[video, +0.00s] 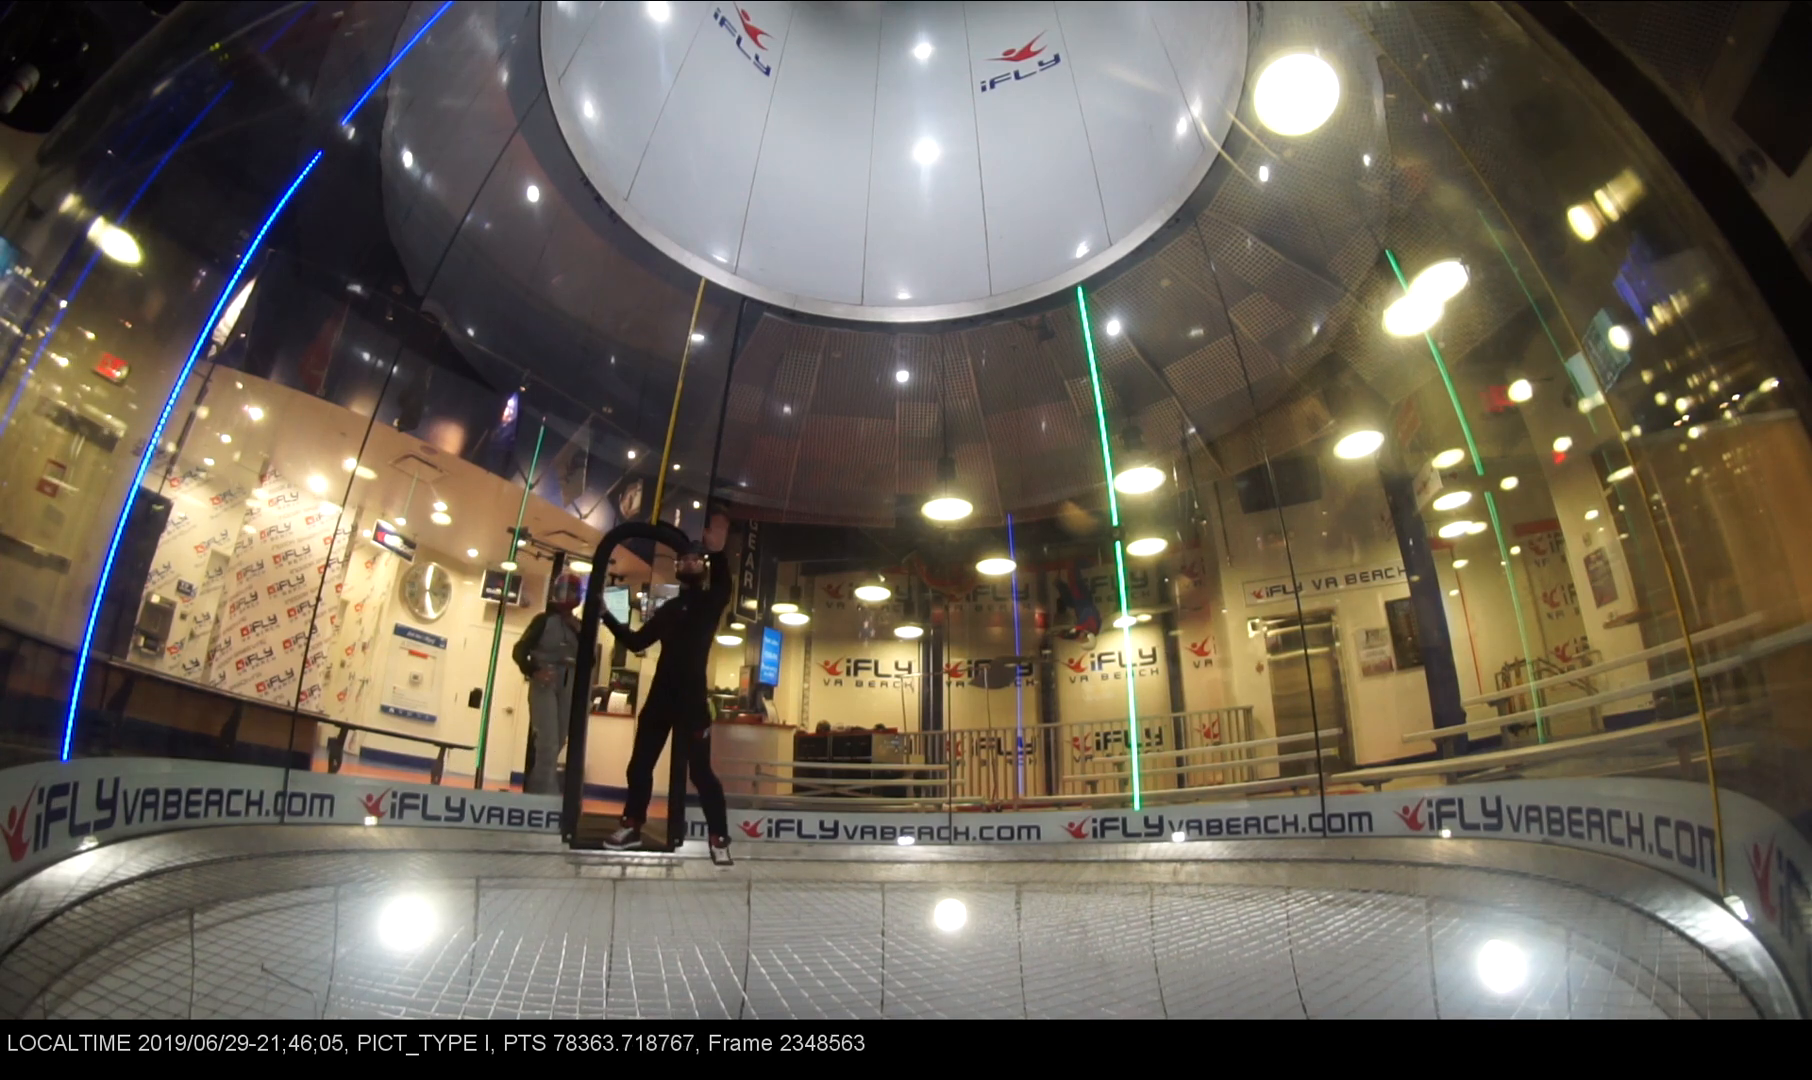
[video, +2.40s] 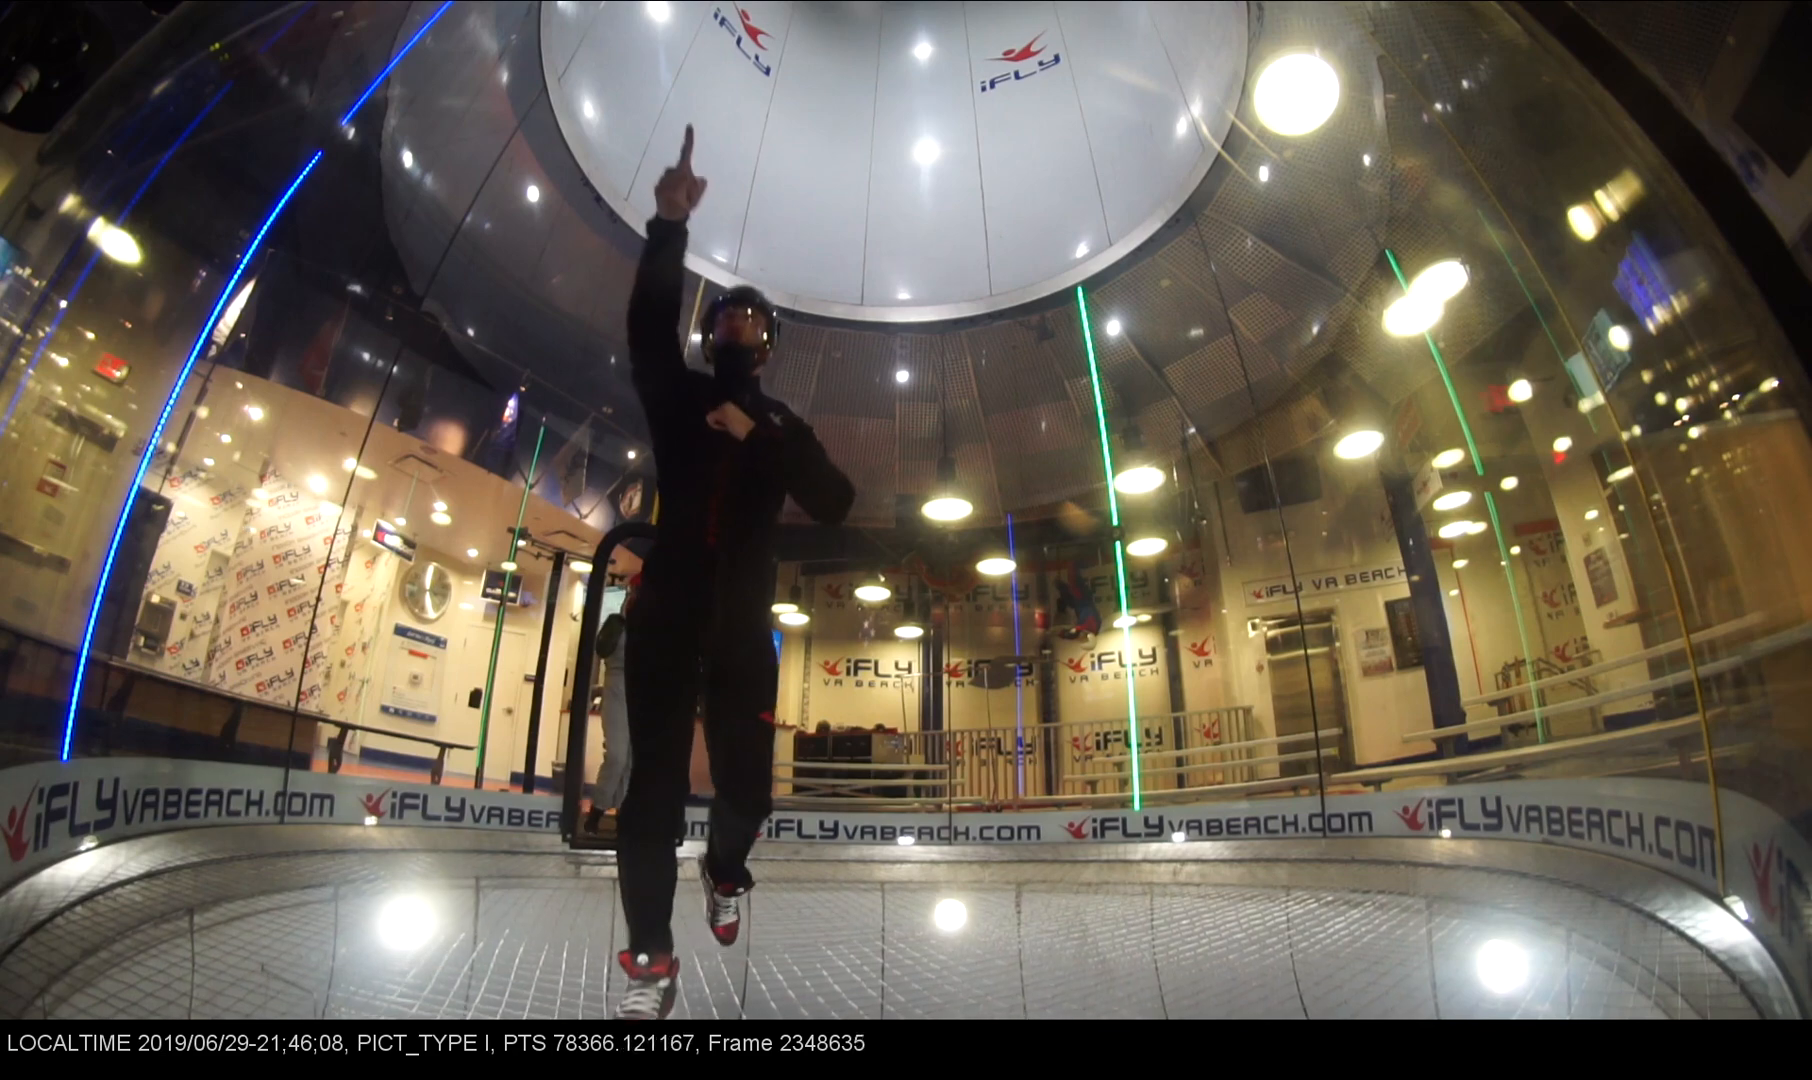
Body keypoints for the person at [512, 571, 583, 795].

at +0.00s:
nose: (568, 596)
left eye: (573, 592)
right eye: (564, 590)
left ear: (578, 597)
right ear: (556, 593)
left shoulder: (580, 627)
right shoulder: (543, 621)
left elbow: (590, 659)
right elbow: (519, 651)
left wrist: (582, 633)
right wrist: (533, 671)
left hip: (569, 686)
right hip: (544, 682)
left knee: (559, 739)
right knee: (547, 740)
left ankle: (538, 790)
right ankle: (544, 795)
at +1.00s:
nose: (583, 597)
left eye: (587, 593)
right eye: (579, 592)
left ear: (592, 596)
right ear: (570, 593)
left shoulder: (591, 623)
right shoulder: (557, 618)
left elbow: (598, 662)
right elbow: (533, 646)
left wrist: (594, 635)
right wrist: (556, 642)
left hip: (581, 690)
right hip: (555, 686)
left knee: (562, 737)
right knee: (561, 735)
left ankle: (545, 786)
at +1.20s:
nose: (588, 597)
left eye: (592, 592)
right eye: (585, 590)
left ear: (595, 596)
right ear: (575, 592)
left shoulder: (592, 625)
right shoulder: (563, 617)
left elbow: (618, 645)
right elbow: (552, 634)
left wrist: (614, 616)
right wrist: (570, 607)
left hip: (584, 688)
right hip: (562, 686)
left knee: (568, 739)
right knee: (565, 737)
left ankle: (548, 786)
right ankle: (573, 793)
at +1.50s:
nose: (605, 601)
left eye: (609, 596)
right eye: (601, 595)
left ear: (611, 601)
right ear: (590, 595)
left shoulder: (611, 627)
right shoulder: (574, 619)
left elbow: (634, 634)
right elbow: (583, 617)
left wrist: (622, 602)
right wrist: (598, 590)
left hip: (602, 695)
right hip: (579, 692)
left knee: (596, 755)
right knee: (582, 754)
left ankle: (567, 796)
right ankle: (577, 810)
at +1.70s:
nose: (614, 596)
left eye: (618, 592)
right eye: (610, 590)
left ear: (622, 598)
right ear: (598, 592)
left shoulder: (621, 626)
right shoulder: (586, 619)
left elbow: (641, 643)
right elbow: (581, 624)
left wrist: (633, 611)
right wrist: (597, 602)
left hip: (613, 691)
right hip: (589, 690)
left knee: (614, 752)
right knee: (586, 750)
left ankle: (594, 800)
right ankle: (581, 807)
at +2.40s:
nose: (633, 602)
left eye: (638, 598)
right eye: (632, 596)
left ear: (644, 603)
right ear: (628, 599)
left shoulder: (650, 626)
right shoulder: (617, 622)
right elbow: (602, 650)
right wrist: (619, 620)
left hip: (640, 690)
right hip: (617, 688)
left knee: (633, 756)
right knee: (617, 754)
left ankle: (622, 810)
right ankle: (597, 809)